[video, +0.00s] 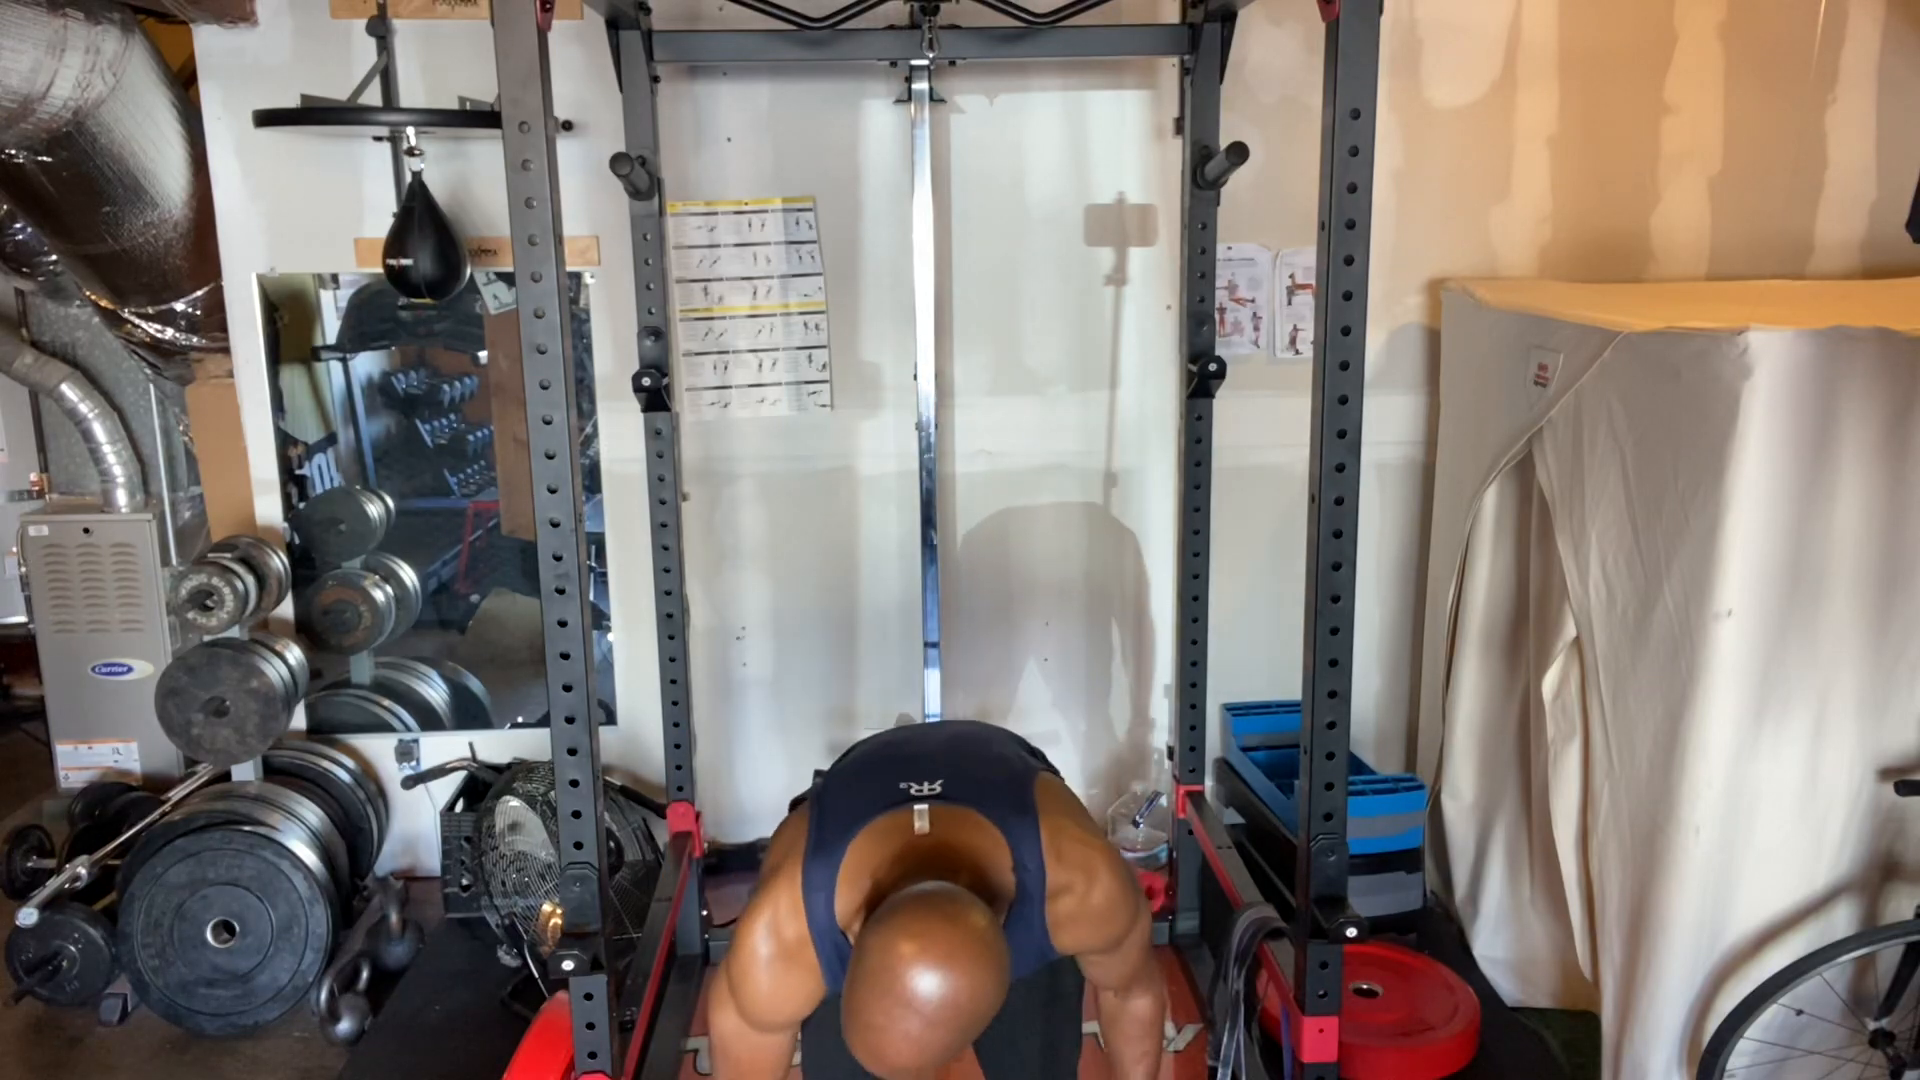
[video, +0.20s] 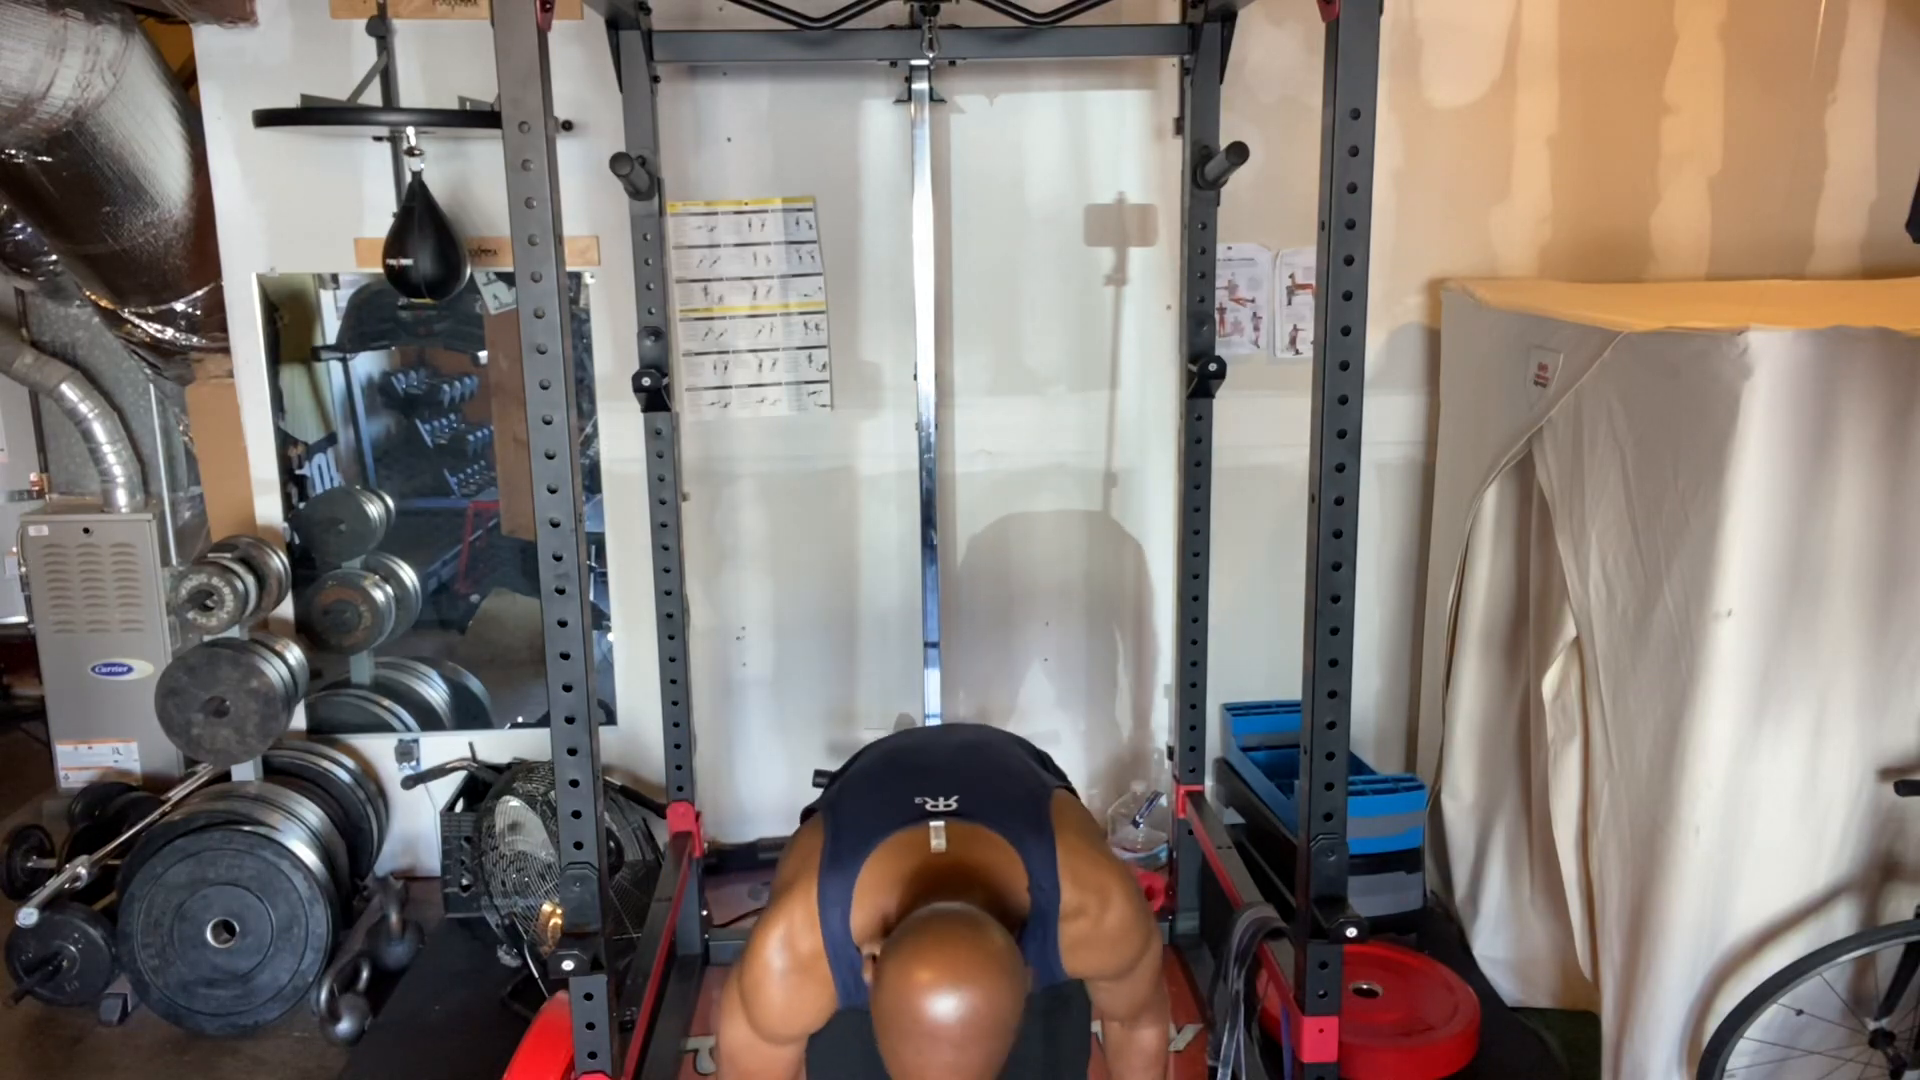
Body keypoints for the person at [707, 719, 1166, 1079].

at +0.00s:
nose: (895, 1074)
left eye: (924, 1070)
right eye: (878, 1064)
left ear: (1006, 946)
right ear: (852, 958)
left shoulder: (1090, 895)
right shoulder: (772, 958)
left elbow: (1132, 994)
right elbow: (744, 1067)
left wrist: (1134, 1076)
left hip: (1015, 771)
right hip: (848, 781)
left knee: (1035, 1059)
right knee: (837, 1059)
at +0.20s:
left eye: (974, 1073)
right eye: (919, 1074)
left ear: (1026, 984)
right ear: (871, 968)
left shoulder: (1106, 921)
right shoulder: (784, 966)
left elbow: (1138, 1029)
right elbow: (749, 1066)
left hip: (1020, 766)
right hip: (863, 776)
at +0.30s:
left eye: (998, 1075)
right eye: (945, 1078)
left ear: (1042, 969)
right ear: (891, 992)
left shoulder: (1116, 927)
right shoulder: (797, 970)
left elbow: (1144, 1043)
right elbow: (756, 1066)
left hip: (1023, 765)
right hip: (871, 777)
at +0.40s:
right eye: (955, 1074)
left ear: (1058, 974)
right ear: (909, 1005)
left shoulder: (1129, 933)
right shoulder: (809, 972)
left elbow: (1153, 1053)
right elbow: (759, 1067)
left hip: (1029, 766)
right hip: (879, 776)